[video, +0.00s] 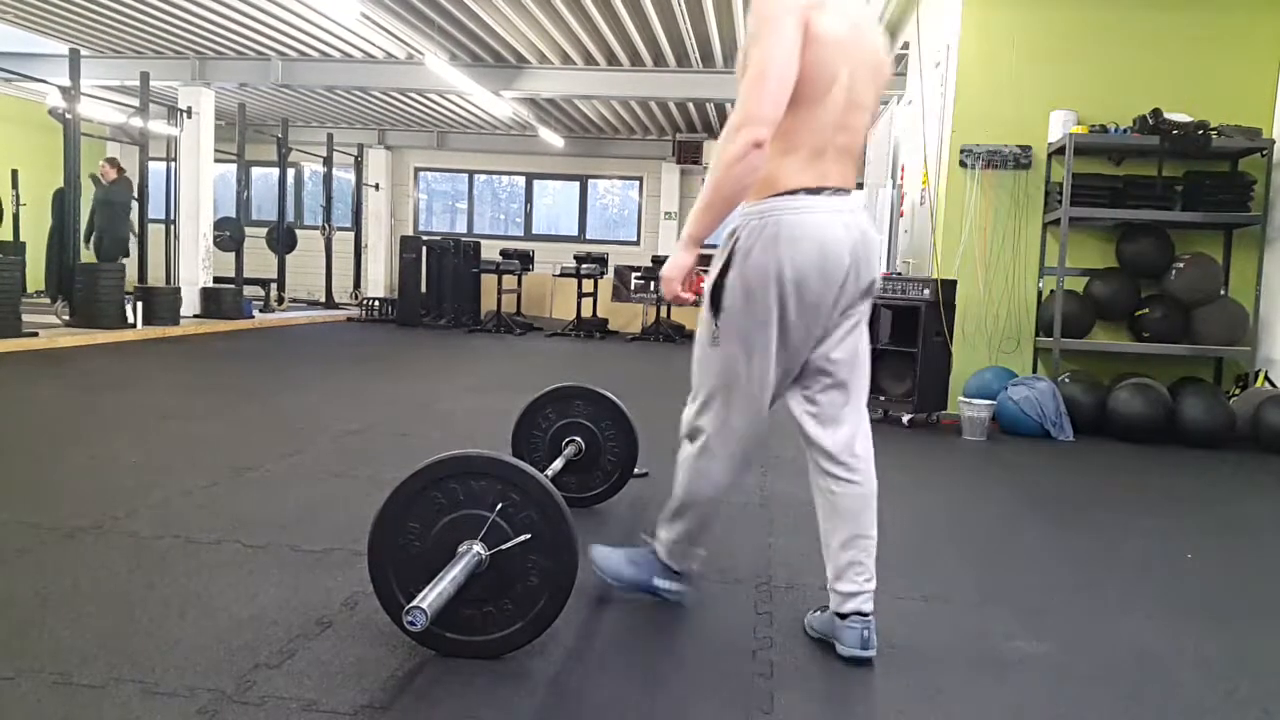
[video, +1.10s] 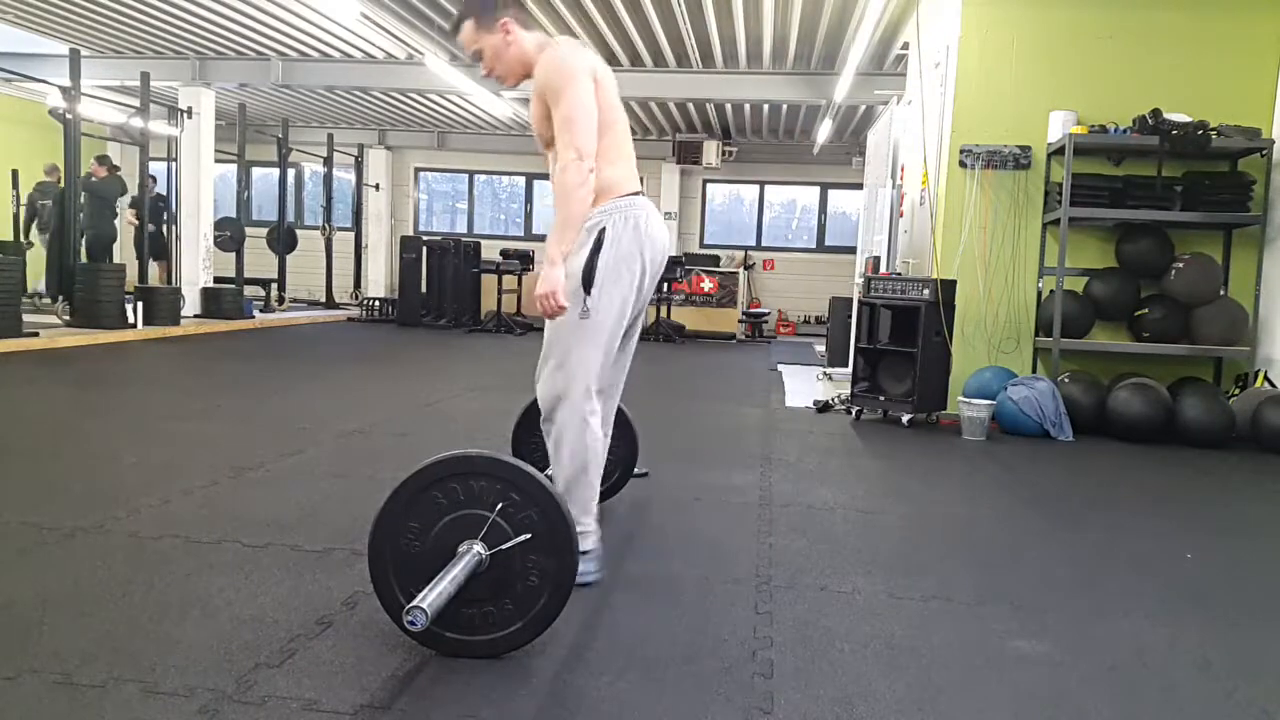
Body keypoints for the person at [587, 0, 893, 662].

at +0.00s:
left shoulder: (782, 9)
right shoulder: (872, 38)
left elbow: (752, 135)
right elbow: (839, 145)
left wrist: (690, 243)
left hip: (780, 226)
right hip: (851, 221)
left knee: (720, 412)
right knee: (840, 431)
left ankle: (669, 560)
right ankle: (854, 614)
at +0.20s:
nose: (669, 7)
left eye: (671, 3)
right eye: (668, 5)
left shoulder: (708, 35)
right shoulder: (811, 46)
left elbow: (684, 174)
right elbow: (805, 158)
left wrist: (637, 277)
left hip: (709, 232)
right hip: (785, 233)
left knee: (665, 411)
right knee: (795, 416)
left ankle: (659, 565)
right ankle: (835, 572)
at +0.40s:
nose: (614, 12)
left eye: (614, 6)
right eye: (613, 8)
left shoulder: (651, 34)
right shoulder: (754, 41)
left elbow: (621, 166)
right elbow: (768, 156)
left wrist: (572, 248)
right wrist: (730, 233)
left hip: (663, 227)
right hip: (732, 227)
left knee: (646, 402)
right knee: (710, 390)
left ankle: (658, 564)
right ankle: (752, 530)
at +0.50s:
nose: (591, 11)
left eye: (590, 5)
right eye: (589, 7)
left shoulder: (632, 35)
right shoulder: (728, 42)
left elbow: (594, 164)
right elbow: (745, 155)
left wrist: (540, 230)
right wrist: (732, 238)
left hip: (652, 229)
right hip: (710, 225)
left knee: (641, 396)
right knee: (689, 379)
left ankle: (658, 563)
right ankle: (689, 525)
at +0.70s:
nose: (551, 23)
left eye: (551, 10)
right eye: (547, 14)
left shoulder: (613, 43)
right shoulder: (680, 51)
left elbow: (574, 166)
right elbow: (699, 158)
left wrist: (509, 234)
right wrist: (681, 236)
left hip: (633, 230)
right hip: (674, 227)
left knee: (631, 400)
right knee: (619, 393)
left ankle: (658, 561)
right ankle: (584, 525)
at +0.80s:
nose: (545, 43)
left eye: (542, 27)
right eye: (539, 32)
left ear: (573, 6)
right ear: (582, 9)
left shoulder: (606, 51)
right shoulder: (655, 58)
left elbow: (575, 168)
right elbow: (666, 164)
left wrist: (514, 253)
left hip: (619, 235)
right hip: (650, 231)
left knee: (616, 403)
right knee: (588, 395)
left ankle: (656, 561)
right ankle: (575, 530)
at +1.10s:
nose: (484, 71)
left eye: (482, 55)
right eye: (476, 62)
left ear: (509, 27)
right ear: (511, 29)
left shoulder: (560, 61)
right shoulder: (572, 64)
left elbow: (577, 165)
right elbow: (588, 172)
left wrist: (553, 261)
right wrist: (560, 261)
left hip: (611, 230)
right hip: (634, 228)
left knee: (565, 387)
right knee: (592, 390)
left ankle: (577, 544)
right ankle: (574, 531)